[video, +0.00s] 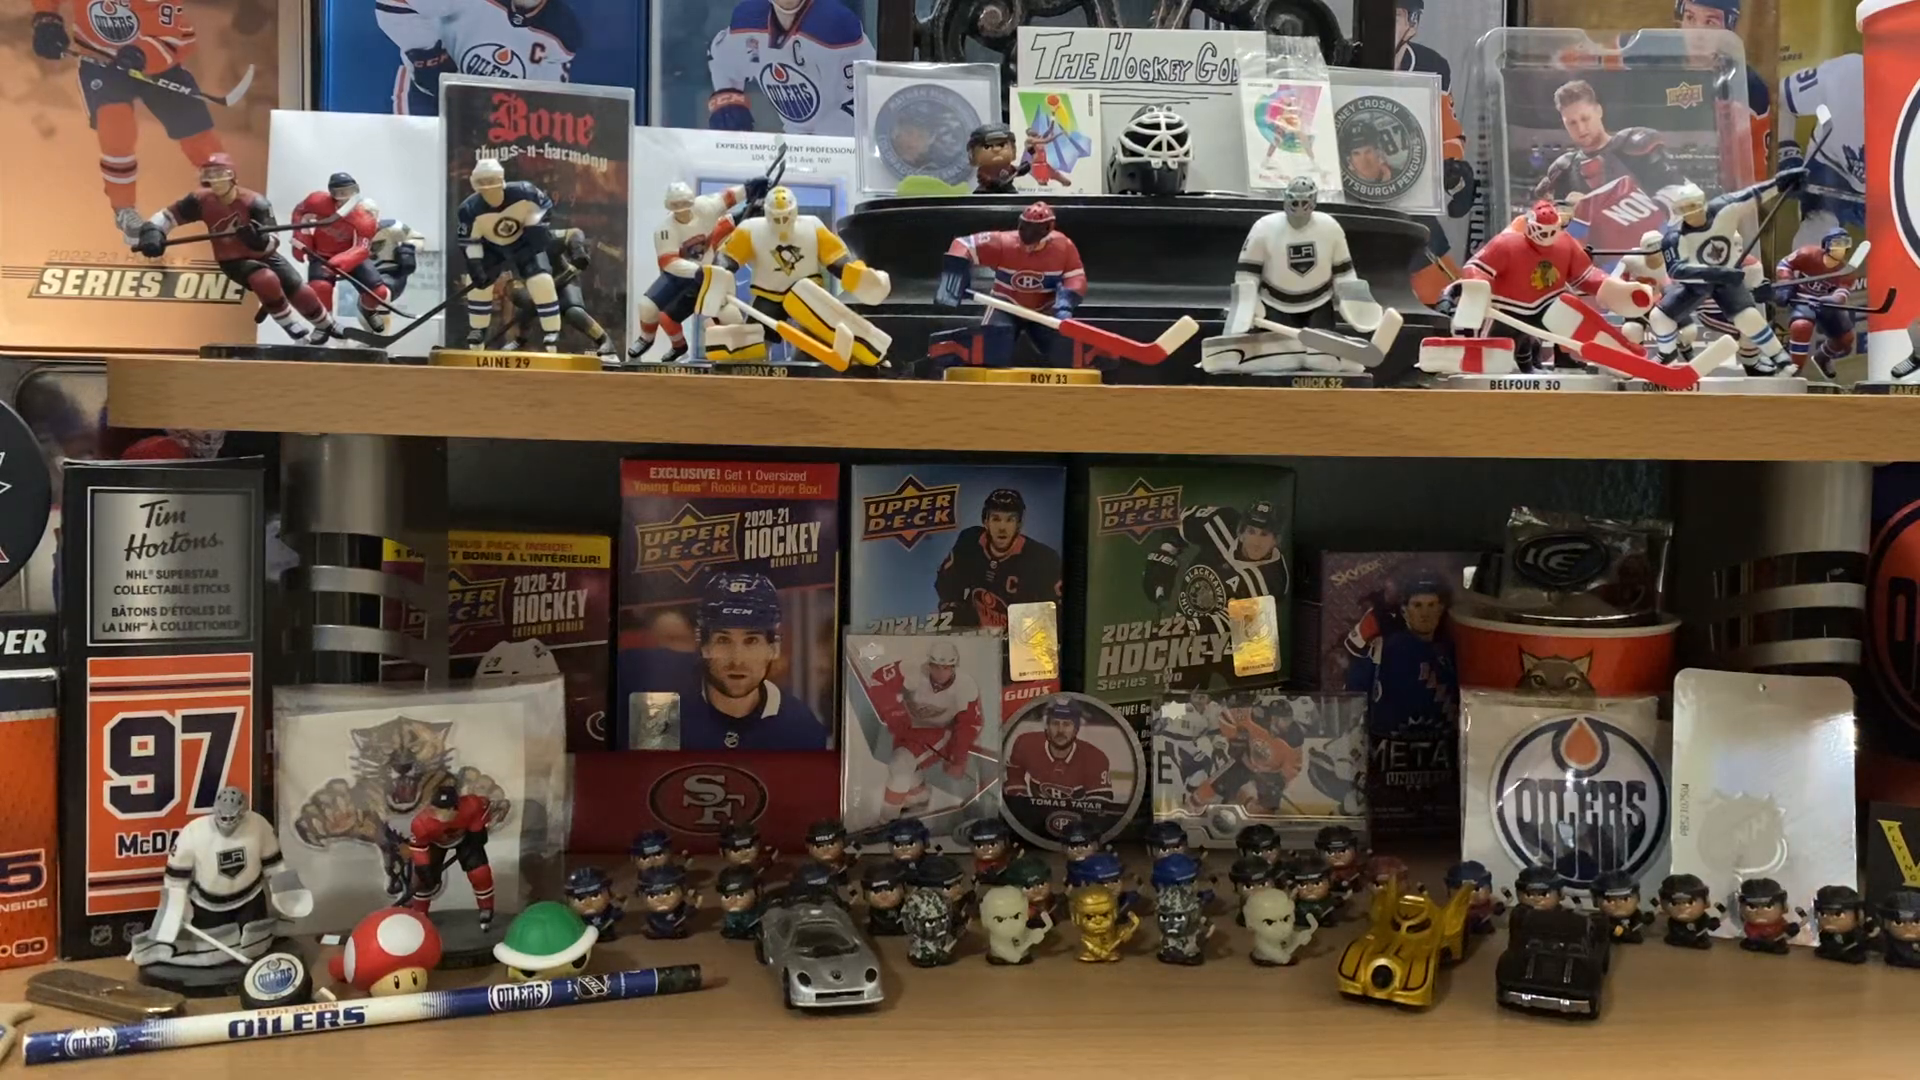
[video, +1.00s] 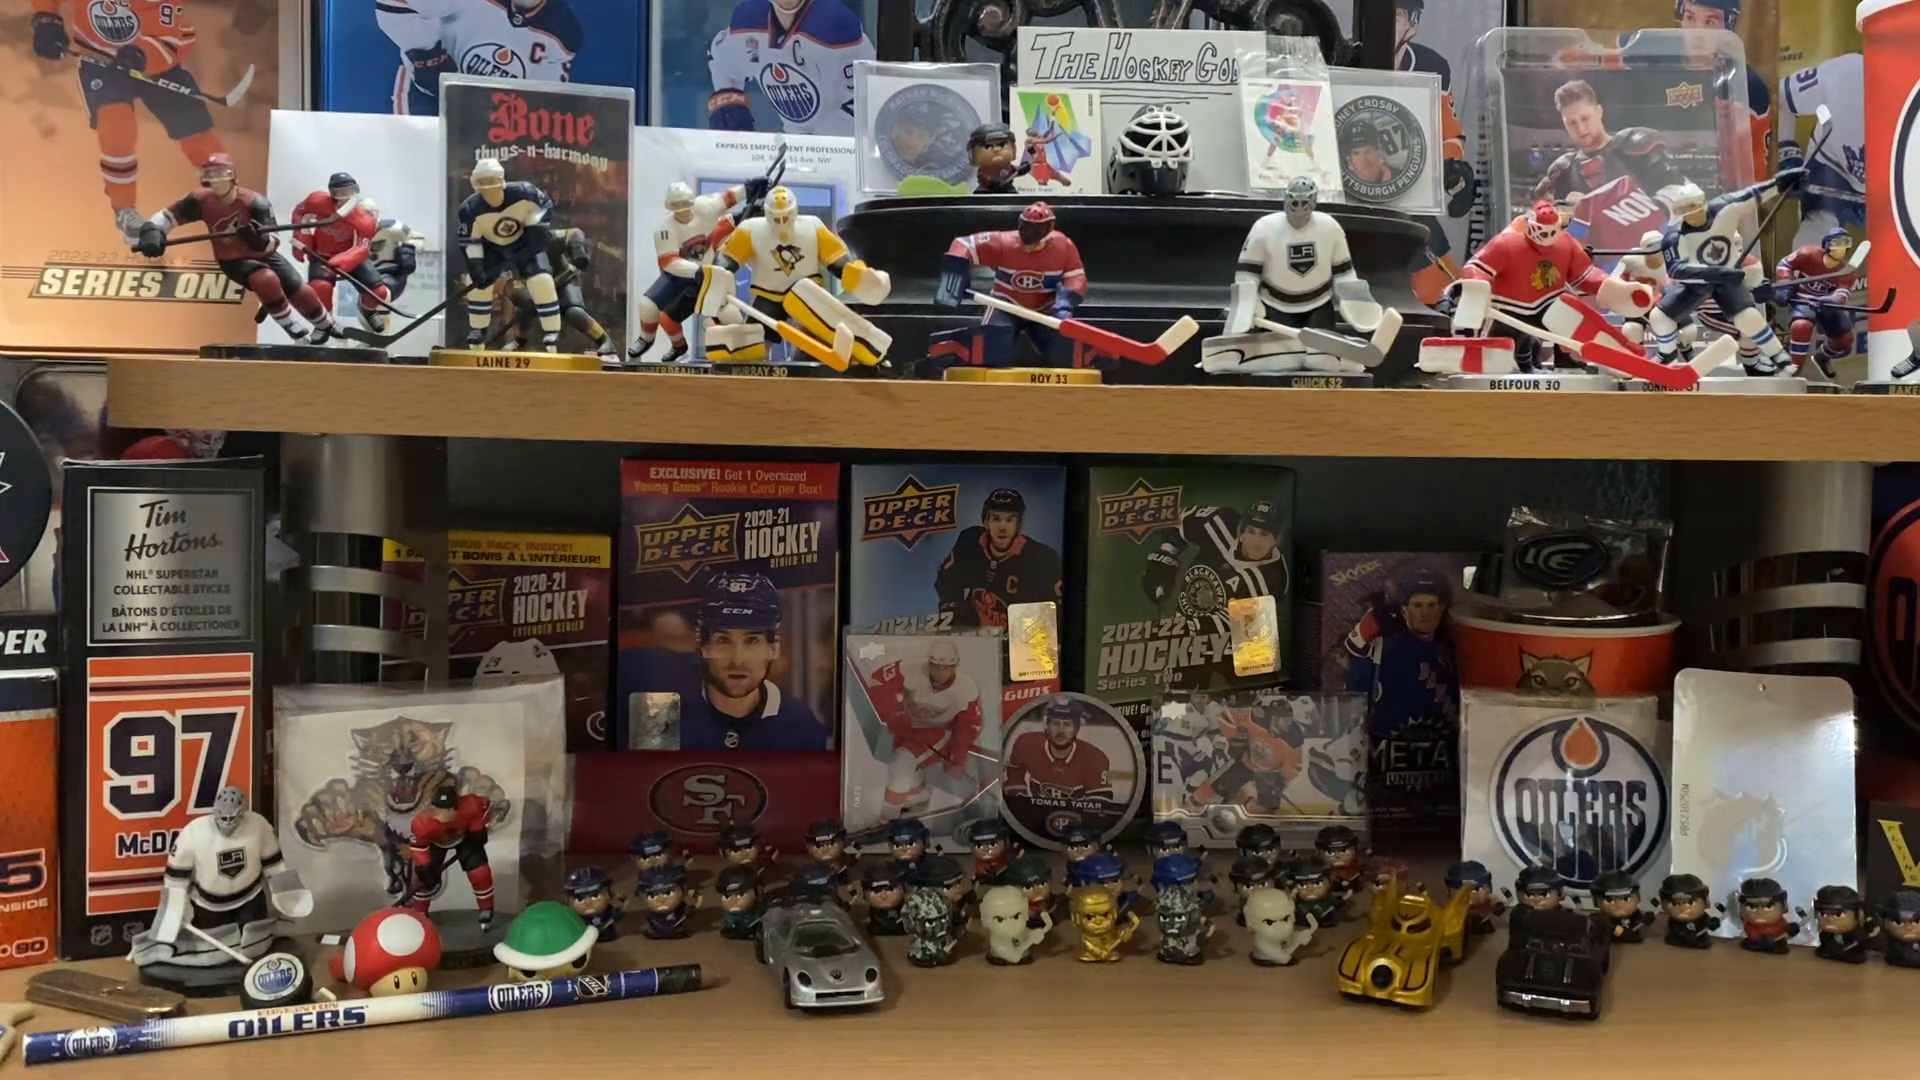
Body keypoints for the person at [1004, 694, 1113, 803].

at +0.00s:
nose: (1060, 730)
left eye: (1066, 724)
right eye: (1055, 724)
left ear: (1076, 729)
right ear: (1047, 726)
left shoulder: (1095, 758)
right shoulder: (1025, 744)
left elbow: (1100, 800)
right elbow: (1014, 778)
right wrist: (1022, 806)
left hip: (1075, 818)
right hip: (1034, 813)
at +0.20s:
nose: (1060, 730)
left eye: (1066, 724)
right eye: (1055, 724)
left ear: (1076, 729)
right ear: (1046, 727)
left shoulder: (1095, 758)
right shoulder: (1025, 744)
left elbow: (1099, 802)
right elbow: (1014, 777)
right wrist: (1022, 803)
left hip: (1075, 819)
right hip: (1034, 813)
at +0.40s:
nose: (1060, 730)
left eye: (1066, 724)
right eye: (1055, 724)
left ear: (1076, 729)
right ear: (1046, 727)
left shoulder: (1095, 758)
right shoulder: (1025, 744)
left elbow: (1100, 801)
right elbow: (1014, 777)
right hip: (1034, 813)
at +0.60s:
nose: (1060, 730)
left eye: (1066, 725)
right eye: (1055, 724)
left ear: (1076, 729)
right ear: (1047, 727)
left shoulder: (1095, 758)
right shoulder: (1026, 744)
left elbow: (1100, 801)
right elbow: (1014, 777)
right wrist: (1021, 804)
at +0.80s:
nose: (1060, 731)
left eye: (1066, 725)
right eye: (1055, 724)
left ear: (1076, 729)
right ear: (1047, 726)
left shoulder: (1095, 759)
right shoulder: (1025, 744)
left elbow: (1099, 803)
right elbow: (1014, 778)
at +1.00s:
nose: (1060, 730)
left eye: (1067, 724)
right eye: (1055, 724)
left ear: (1076, 729)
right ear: (1047, 726)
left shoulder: (1095, 758)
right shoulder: (1025, 744)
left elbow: (1099, 801)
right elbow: (1014, 778)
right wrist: (1023, 807)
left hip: (1075, 817)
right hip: (1034, 812)